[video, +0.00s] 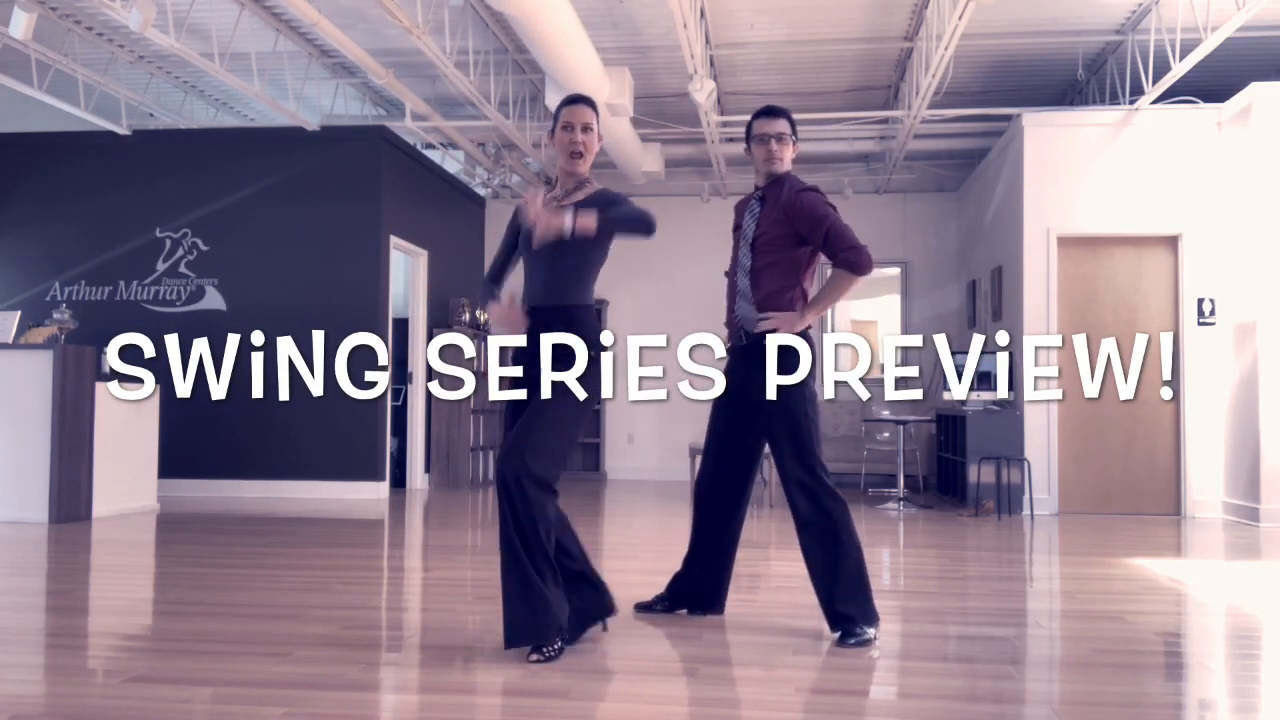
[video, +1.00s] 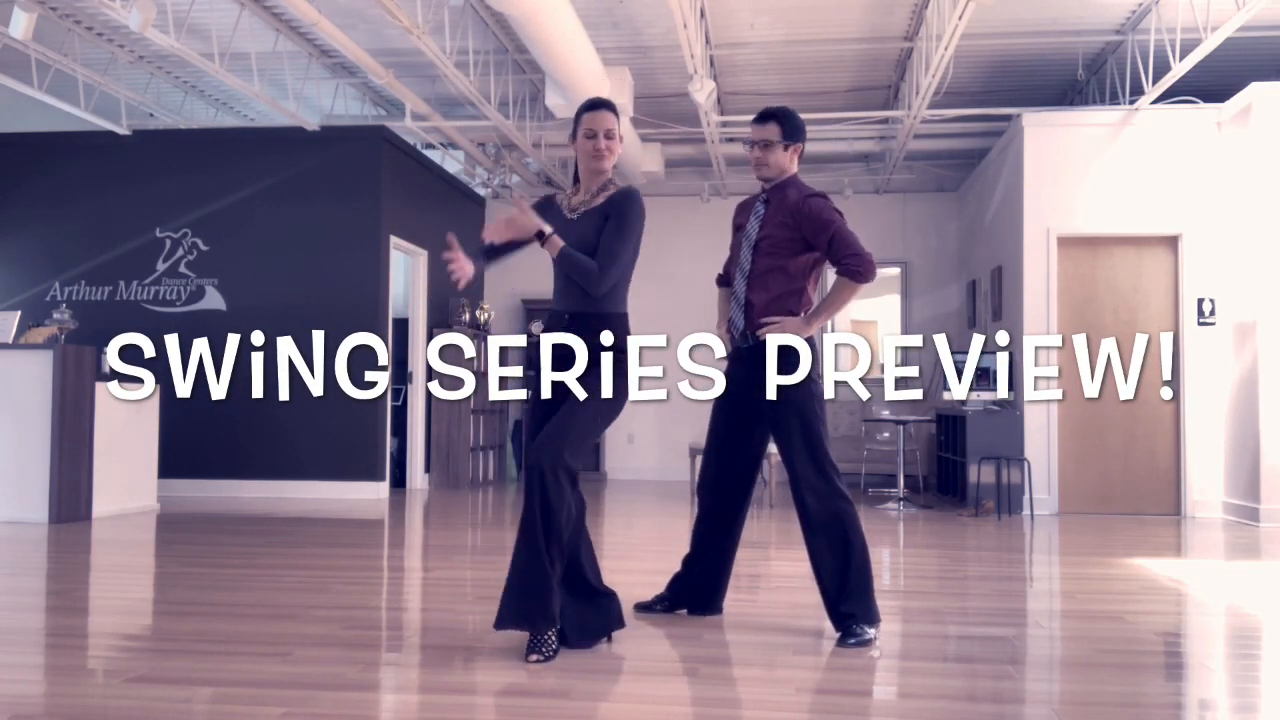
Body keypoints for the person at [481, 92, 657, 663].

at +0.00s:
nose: (577, 138)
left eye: (587, 130)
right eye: (568, 128)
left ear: (598, 142)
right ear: (551, 138)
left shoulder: (601, 200)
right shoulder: (532, 205)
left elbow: (644, 221)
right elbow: (493, 277)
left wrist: (570, 221)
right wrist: (496, 300)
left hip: (575, 349)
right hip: (532, 347)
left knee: (520, 469)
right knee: (523, 475)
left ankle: (551, 619)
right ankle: (585, 599)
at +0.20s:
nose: (584, 141)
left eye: (595, 134)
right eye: (575, 132)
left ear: (605, 148)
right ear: (559, 143)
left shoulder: (610, 202)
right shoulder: (534, 210)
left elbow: (676, 144)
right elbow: (502, 266)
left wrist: (623, 103)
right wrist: (557, 235)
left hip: (580, 352)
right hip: (539, 352)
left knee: (511, 460)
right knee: (552, 481)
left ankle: (544, 614)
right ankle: (594, 611)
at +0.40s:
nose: (595, 157)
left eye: (604, 149)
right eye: (585, 149)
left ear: (613, 161)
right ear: (566, 159)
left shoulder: (621, 222)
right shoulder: (539, 230)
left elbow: (689, 153)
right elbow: (508, 300)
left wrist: (637, 96)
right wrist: (574, 283)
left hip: (583, 375)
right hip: (537, 375)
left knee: (506, 465)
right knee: (538, 493)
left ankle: (534, 612)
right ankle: (588, 609)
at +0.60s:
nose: (598, 151)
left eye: (607, 144)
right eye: (589, 142)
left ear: (616, 156)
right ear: (569, 151)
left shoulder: (622, 209)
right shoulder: (543, 214)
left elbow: (697, 159)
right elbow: (531, 266)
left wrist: (650, 100)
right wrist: (601, 237)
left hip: (583, 361)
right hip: (539, 359)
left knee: (509, 461)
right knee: (542, 484)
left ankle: (538, 611)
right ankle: (588, 606)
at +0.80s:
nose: (598, 158)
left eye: (607, 151)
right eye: (589, 149)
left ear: (615, 162)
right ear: (569, 157)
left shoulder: (622, 216)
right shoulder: (539, 227)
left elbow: (671, 226)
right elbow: (519, 303)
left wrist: (666, 177)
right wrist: (527, 325)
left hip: (595, 369)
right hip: (547, 368)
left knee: (512, 466)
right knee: (533, 490)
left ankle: (535, 615)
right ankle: (587, 609)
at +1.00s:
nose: (603, 144)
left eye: (611, 136)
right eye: (592, 135)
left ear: (622, 145)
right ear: (573, 143)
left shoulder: (627, 203)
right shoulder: (554, 205)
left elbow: (604, 282)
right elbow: (505, 243)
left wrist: (546, 235)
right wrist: (473, 259)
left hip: (604, 357)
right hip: (553, 354)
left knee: (551, 456)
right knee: (545, 468)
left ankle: (546, 616)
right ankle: (590, 606)